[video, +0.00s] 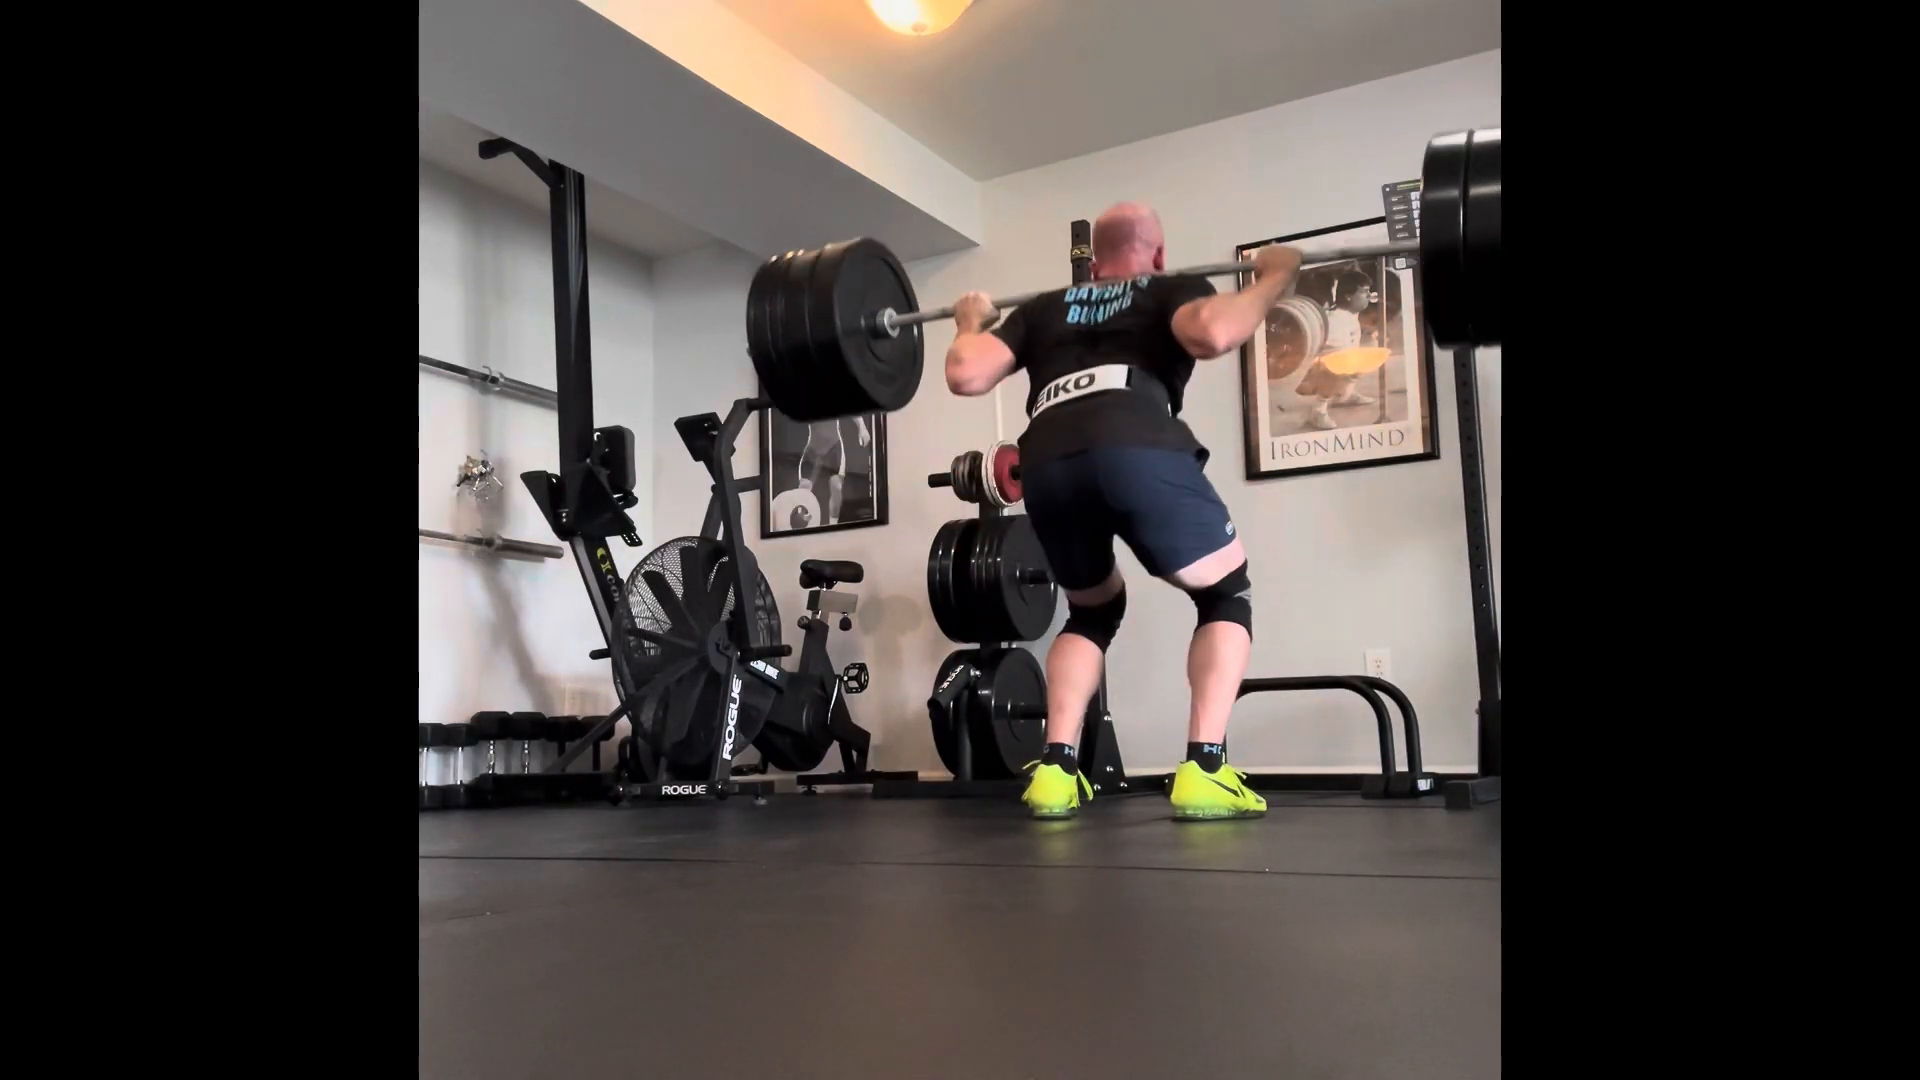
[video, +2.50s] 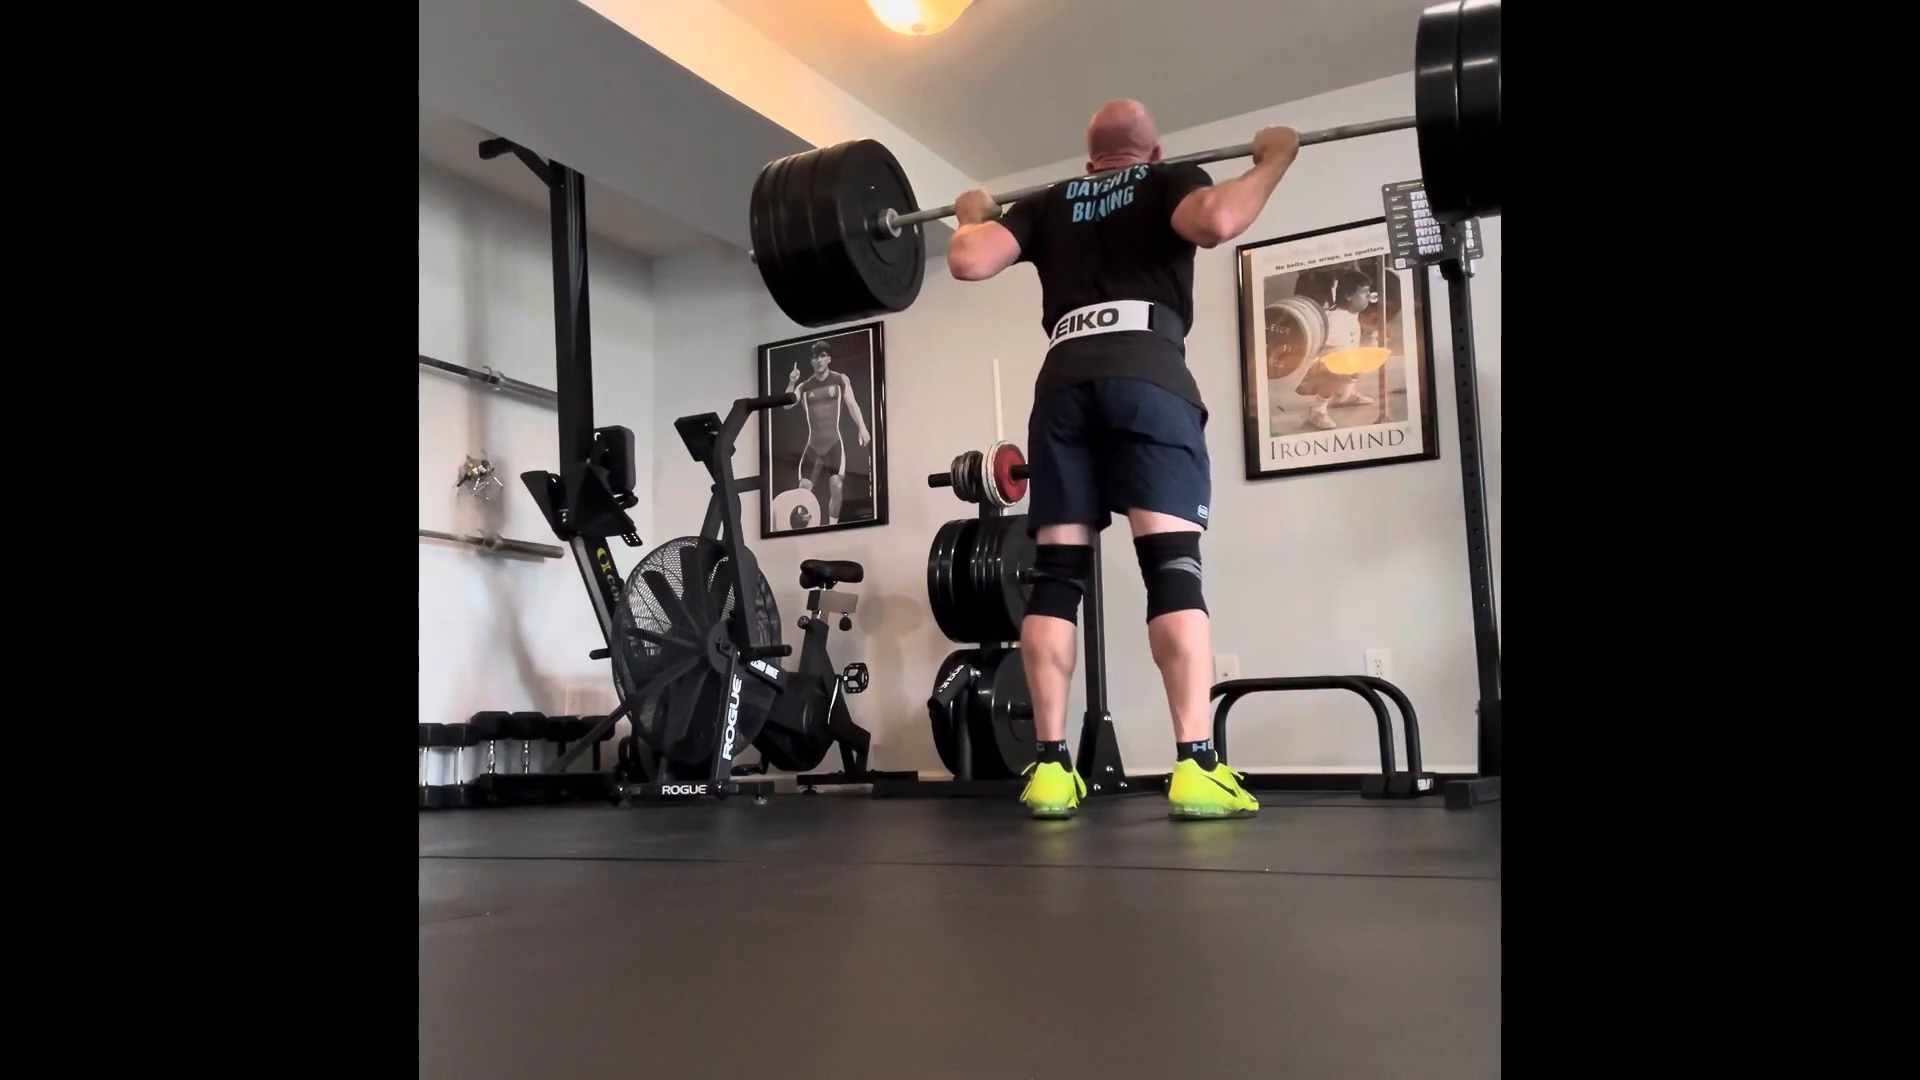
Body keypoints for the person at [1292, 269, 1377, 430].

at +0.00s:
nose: (1369, 296)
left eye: (1368, 292)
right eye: (1364, 292)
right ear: (1348, 296)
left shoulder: (1353, 317)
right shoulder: (1337, 318)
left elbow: (1352, 350)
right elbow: (1331, 355)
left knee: (1357, 362)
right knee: (1336, 369)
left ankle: (1346, 393)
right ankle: (1319, 410)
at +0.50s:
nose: (1368, 296)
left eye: (1368, 292)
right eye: (1364, 292)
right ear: (1348, 296)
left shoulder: (1353, 317)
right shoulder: (1336, 318)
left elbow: (1353, 348)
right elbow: (1328, 353)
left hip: (1345, 362)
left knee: (1359, 364)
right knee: (1337, 372)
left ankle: (1346, 394)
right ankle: (1318, 410)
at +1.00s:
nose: (1369, 298)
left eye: (1368, 293)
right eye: (1364, 293)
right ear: (1348, 296)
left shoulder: (1353, 318)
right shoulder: (1335, 320)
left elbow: (1352, 352)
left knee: (1355, 362)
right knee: (1338, 367)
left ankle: (1345, 394)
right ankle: (1318, 410)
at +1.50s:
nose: (1369, 298)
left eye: (1368, 294)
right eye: (1364, 294)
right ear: (1349, 296)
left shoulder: (1353, 318)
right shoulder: (1335, 320)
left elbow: (1351, 352)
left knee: (1355, 362)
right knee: (1338, 367)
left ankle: (1344, 394)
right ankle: (1318, 410)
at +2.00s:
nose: (1369, 297)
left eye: (1368, 293)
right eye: (1364, 293)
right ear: (1348, 296)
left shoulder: (1353, 317)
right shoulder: (1335, 319)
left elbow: (1351, 351)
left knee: (1357, 362)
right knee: (1339, 368)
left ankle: (1345, 394)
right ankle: (1318, 410)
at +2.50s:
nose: (1369, 297)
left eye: (1368, 293)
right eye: (1364, 293)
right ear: (1348, 296)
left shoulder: (1354, 318)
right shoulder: (1334, 319)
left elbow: (1352, 352)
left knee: (1357, 363)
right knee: (1338, 368)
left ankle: (1345, 394)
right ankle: (1318, 410)